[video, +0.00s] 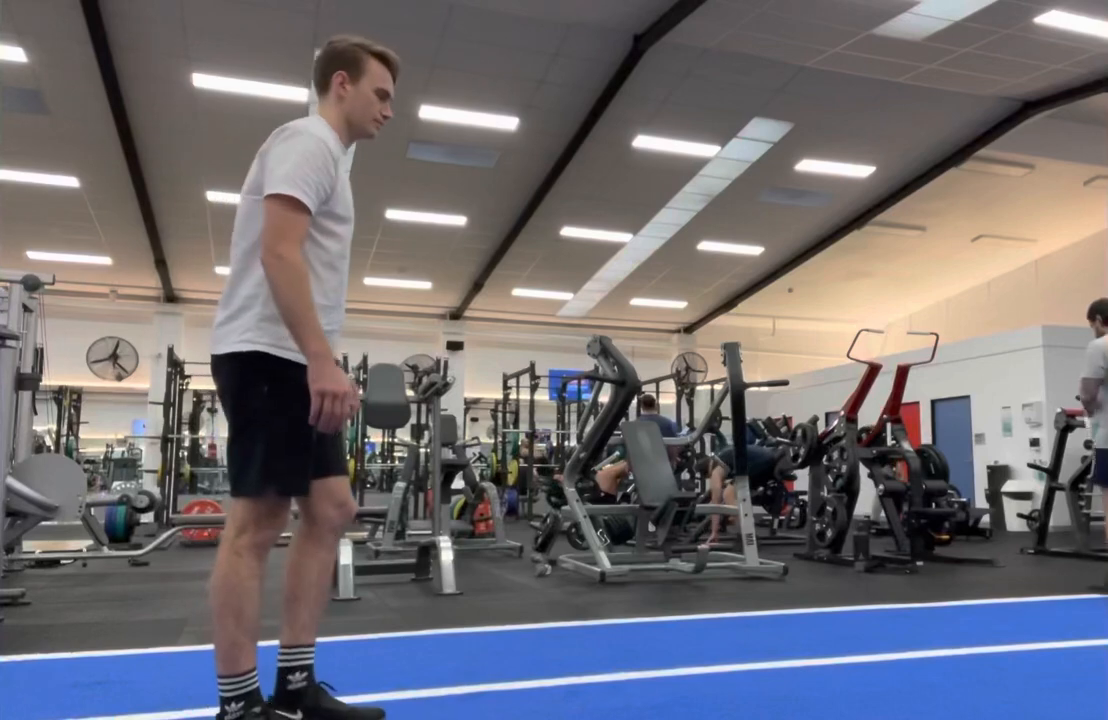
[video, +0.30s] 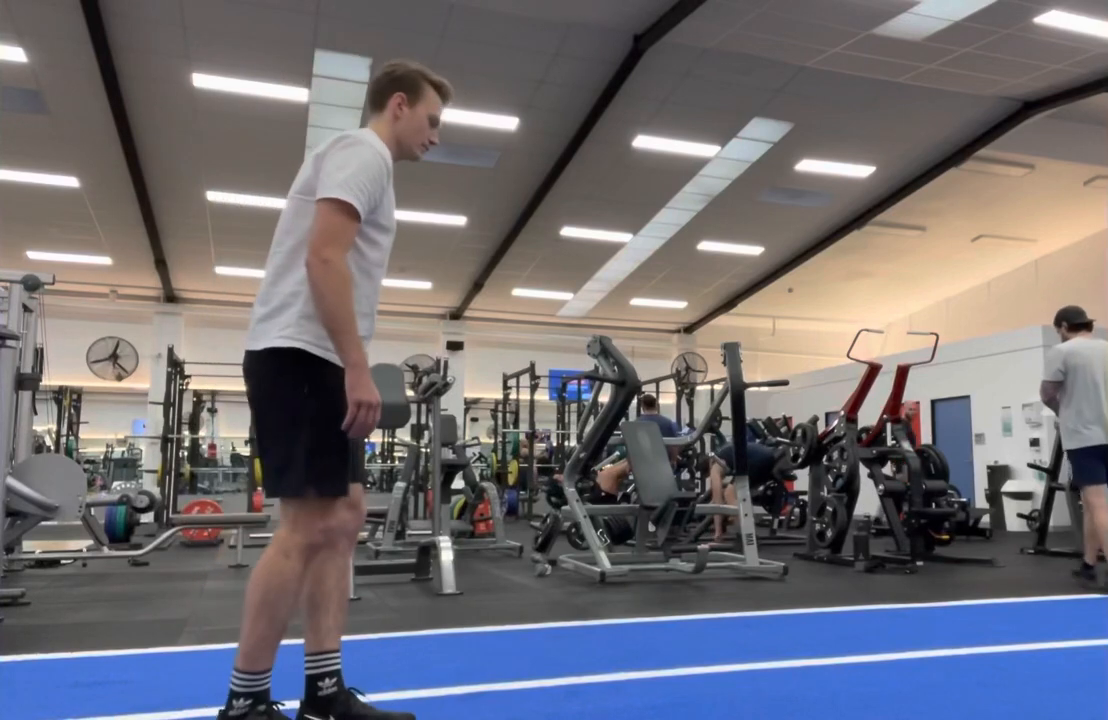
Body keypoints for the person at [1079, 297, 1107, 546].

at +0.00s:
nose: (1091, 329)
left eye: (1091, 324)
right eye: (1091, 324)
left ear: (1100, 321)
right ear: (1103, 320)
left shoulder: (1100, 345)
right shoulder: (1099, 345)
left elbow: (1088, 392)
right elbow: (1089, 392)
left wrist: (1092, 411)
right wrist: (1091, 409)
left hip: (1104, 435)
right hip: (1102, 434)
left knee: (1104, 490)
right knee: (1103, 489)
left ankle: (1105, 541)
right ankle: (1104, 540)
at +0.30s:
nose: (1059, 334)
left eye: (1058, 330)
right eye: (1058, 330)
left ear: (1065, 328)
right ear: (1088, 325)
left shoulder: (1062, 351)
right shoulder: (1103, 347)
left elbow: (1047, 393)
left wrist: (1066, 412)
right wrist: (1066, 410)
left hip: (1084, 434)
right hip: (1103, 432)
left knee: (1098, 503)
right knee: (1091, 502)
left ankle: (1102, 565)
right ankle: (1090, 565)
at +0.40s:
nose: (1050, 339)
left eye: (1049, 335)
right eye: (1049, 335)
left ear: (1055, 333)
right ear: (1080, 331)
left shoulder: (1054, 356)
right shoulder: (1101, 354)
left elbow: (1039, 397)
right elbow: (1100, 392)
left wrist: (1058, 418)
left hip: (1071, 438)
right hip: (1102, 436)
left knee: (1093, 505)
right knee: (1081, 503)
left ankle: (1106, 564)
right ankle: (1066, 562)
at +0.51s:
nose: (1041, 343)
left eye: (1041, 339)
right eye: (1041, 339)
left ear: (1047, 336)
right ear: (1072, 335)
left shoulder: (1045, 359)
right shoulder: (1096, 362)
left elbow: (1031, 400)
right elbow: (1103, 401)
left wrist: (1048, 421)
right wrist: (1090, 420)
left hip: (1061, 441)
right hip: (1093, 441)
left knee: (1077, 506)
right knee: (1066, 505)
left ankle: (1105, 562)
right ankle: (1060, 565)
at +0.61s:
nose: (1033, 343)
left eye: (1033, 339)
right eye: (1033, 339)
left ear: (1039, 336)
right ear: (1063, 336)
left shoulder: (1036, 357)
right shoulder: (1087, 363)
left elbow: (1023, 399)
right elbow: (1094, 407)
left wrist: (1036, 420)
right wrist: (1076, 422)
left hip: (1049, 440)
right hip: (1079, 441)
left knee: (1045, 503)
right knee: (1064, 503)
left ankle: (1089, 549)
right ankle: (1058, 565)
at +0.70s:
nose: (1024, 343)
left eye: (1024, 339)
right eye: (1023, 339)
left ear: (1030, 336)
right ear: (1053, 335)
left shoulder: (1028, 358)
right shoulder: (1077, 362)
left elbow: (1014, 398)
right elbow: (1083, 408)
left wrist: (1024, 420)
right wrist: (1061, 416)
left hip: (1039, 441)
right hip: (1070, 442)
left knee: (1023, 498)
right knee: (1058, 498)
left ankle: (1064, 543)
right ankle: (1059, 562)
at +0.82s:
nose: (1014, 346)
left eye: (1014, 342)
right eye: (1013, 342)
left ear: (1019, 338)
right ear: (1042, 337)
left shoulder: (1020, 358)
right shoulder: (1067, 363)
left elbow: (1007, 398)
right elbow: (1072, 401)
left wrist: (1006, 417)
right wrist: (1056, 421)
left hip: (1031, 440)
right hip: (1063, 441)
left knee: (1009, 494)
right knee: (1055, 500)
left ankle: (1038, 550)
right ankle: (1058, 564)